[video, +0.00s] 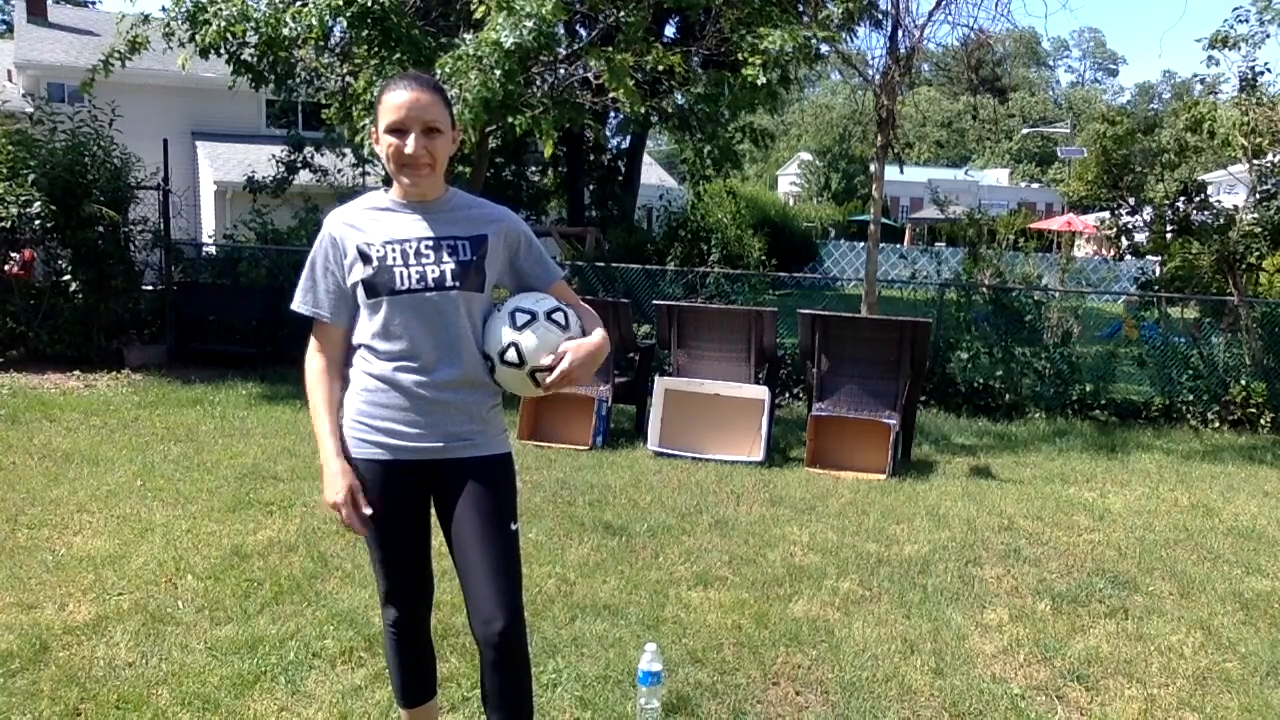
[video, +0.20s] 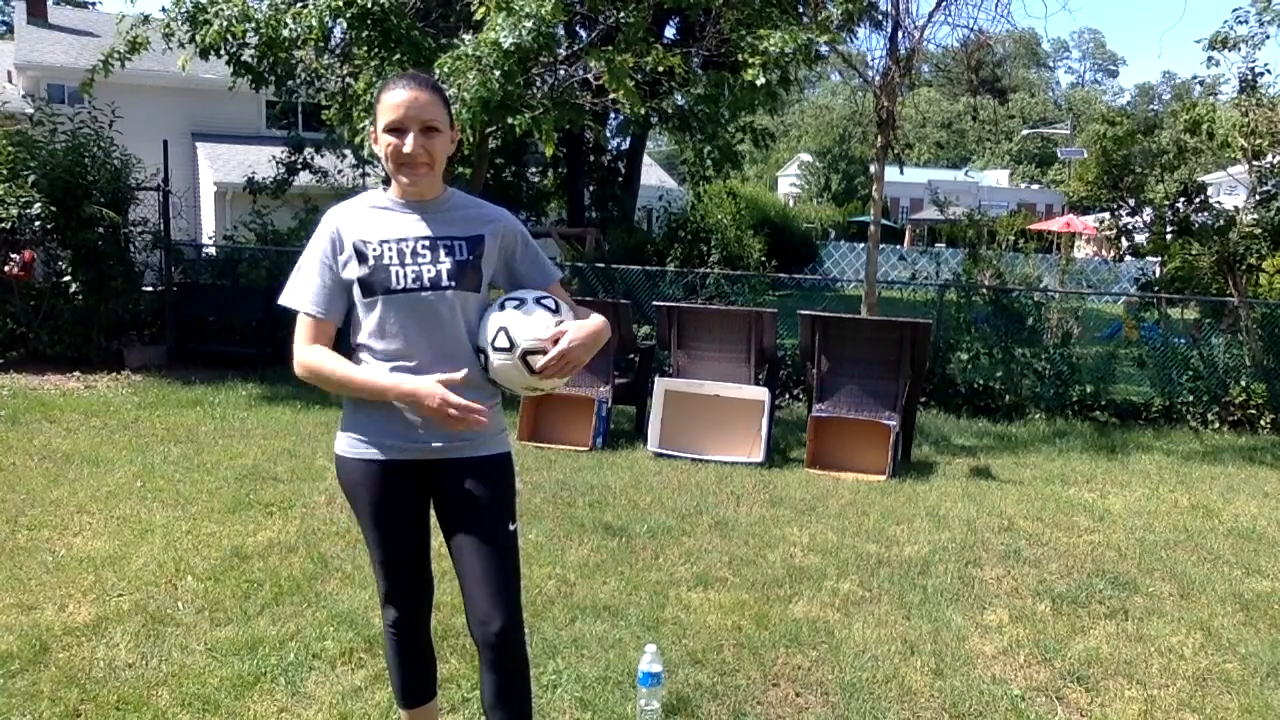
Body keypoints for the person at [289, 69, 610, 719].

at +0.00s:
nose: (413, 146)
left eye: (429, 130)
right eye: (397, 131)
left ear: (455, 138)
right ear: (377, 140)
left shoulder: (499, 227)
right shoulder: (346, 228)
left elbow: (570, 308)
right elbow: (323, 352)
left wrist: (597, 341)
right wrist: (331, 458)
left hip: (475, 447)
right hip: (380, 448)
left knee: (500, 625)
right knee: (403, 612)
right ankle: (420, 715)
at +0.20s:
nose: (410, 145)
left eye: (427, 130)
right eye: (395, 130)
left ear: (453, 138)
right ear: (375, 139)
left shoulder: (495, 227)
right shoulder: (344, 227)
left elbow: (556, 314)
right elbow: (307, 355)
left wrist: (596, 327)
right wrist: (403, 388)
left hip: (474, 450)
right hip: (378, 454)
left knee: (499, 627)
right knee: (404, 616)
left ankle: (509, 719)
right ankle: (420, 715)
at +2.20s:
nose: (424, 138)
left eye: (440, 125)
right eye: (408, 124)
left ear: (461, 139)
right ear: (384, 137)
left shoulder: (501, 224)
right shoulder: (351, 223)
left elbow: (548, 323)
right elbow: (334, 359)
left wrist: (597, 341)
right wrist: (457, 369)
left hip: (481, 449)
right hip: (385, 453)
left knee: (500, 624)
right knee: (408, 614)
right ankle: (421, 714)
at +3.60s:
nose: (420, 149)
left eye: (436, 134)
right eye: (405, 136)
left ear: (464, 143)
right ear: (388, 150)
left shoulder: (505, 232)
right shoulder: (357, 225)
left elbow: (527, 349)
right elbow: (320, 342)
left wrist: (507, 389)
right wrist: (355, 386)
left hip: (473, 447)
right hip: (376, 448)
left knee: (499, 620)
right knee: (402, 609)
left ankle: (510, 717)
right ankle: (419, 713)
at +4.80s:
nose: (428, 147)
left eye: (443, 132)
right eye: (410, 133)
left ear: (463, 142)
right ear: (387, 146)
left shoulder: (502, 227)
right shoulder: (355, 222)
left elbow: (514, 360)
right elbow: (327, 358)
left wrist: (446, 333)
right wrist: (328, 306)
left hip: (476, 440)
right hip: (380, 439)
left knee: (497, 625)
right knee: (405, 611)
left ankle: (506, 718)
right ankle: (420, 716)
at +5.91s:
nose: (430, 137)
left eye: (446, 125)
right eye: (415, 122)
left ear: (465, 142)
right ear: (388, 137)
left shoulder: (497, 223)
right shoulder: (353, 219)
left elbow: (511, 358)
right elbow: (334, 355)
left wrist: (443, 324)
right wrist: (328, 318)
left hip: (476, 439)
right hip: (379, 439)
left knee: (504, 619)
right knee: (404, 609)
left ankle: (509, 719)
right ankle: (421, 717)